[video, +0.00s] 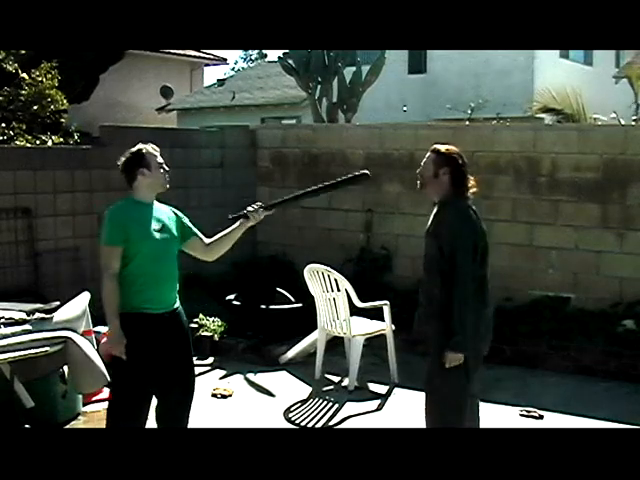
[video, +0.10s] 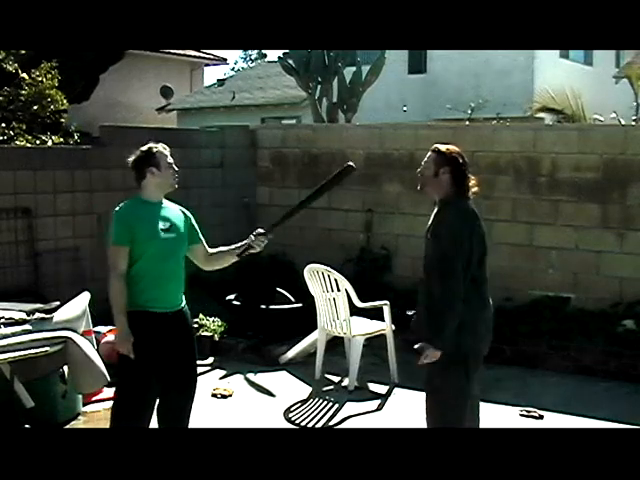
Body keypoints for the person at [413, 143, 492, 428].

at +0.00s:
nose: (419, 174)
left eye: (425, 168)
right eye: (421, 167)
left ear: (443, 176)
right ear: (443, 176)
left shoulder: (458, 219)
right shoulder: (447, 213)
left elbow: (463, 285)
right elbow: (451, 281)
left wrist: (457, 343)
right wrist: (441, 334)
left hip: (454, 338)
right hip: (445, 333)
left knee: (446, 414)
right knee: (452, 411)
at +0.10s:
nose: (419, 174)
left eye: (425, 169)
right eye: (421, 168)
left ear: (444, 176)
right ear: (444, 177)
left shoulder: (453, 219)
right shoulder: (452, 213)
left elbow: (451, 285)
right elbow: (447, 281)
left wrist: (437, 342)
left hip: (459, 332)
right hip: (459, 329)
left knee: (447, 411)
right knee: (457, 409)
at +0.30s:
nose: (422, 179)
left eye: (428, 173)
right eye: (424, 173)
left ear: (447, 177)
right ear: (447, 178)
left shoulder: (457, 215)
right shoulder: (454, 211)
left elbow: (434, 262)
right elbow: (439, 251)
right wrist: (409, 248)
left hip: (455, 327)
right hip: (455, 323)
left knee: (444, 402)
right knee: (455, 398)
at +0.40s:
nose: (423, 178)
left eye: (429, 172)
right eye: (425, 171)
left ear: (449, 176)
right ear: (448, 177)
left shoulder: (462, 214)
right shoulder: (455, 210)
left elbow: (435, 252)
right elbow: (432, 241)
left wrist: (382, 250)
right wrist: (395, 240)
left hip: (457, 327)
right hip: (451, 323)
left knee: (444, 398)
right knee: (453, 395)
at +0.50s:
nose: (426, 180)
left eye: (431, 174)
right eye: (427, 173)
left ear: (450, 176)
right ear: (450, 176)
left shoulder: (461, 215)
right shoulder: (456, 211)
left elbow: (439, 264)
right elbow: (439, 257)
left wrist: (384, 263)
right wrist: (394, 254)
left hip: (460, 325)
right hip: (457, 321)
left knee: (445, 395)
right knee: (455, 393)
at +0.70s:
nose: (424, 178)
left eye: (430, 172)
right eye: (425, 171)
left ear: (449, 177)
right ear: (448, 177)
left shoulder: (458, 218)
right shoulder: (456, 213)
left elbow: (451, 284)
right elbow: (447, 281)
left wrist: (431, 337)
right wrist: (431, 330)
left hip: (460, 336)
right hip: (458, 333)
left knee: (452, 415)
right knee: (456, 413)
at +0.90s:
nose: (419, 179)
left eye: (425, 173)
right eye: (420, 172)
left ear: (444, 177)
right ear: (443, 177)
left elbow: (484, 283)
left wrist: (495, 337)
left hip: (464, 335)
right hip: (449, 331)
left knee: (456, 413)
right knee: (449, 411)